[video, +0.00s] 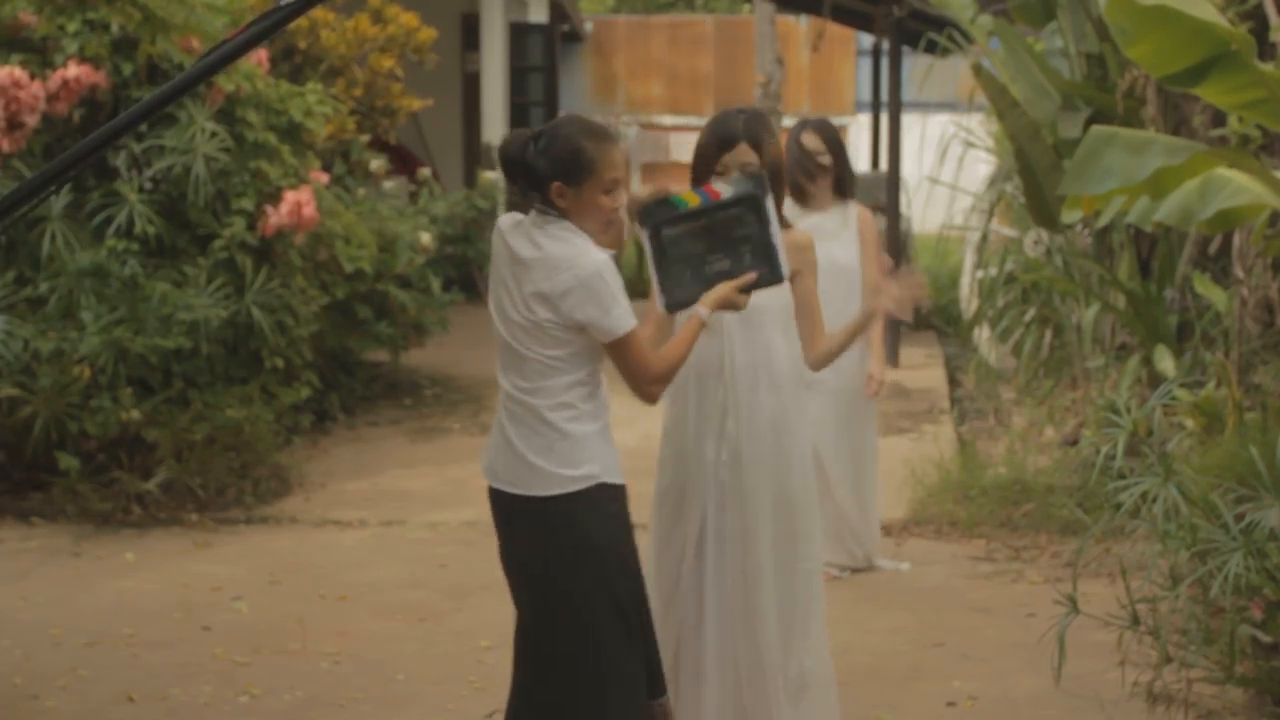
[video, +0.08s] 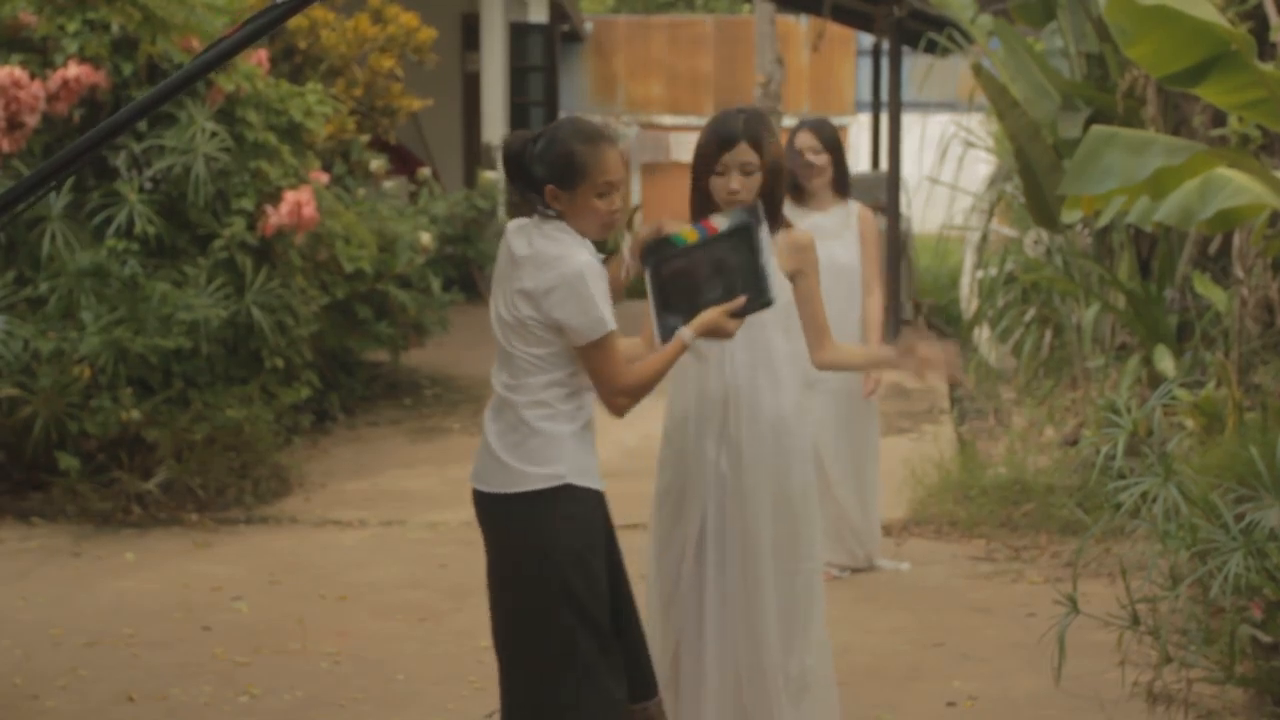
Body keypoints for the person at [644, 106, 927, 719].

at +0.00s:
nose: (737, 187)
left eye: (749, 173)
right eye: (724, 174)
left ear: (765, 175)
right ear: (700, 176)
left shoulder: (792, 244)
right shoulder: (682, 241)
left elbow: (818, 353)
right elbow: (650, 348)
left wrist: (872, 309)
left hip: (767, 419)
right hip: (701, 420)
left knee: (766, 570)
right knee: (697, 570)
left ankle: (767, 702)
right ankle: (698, 702)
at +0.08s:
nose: (735, 186)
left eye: (749, 172)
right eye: (722, 172)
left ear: (769, 175)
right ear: (703, 174)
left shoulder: (791, 244)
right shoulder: (679, 245)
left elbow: (823, 351)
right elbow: (654, 345)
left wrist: (895, 355)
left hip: (769, 423)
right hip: (699, 426)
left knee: (769, 576)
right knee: (696, 578)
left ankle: (770, 706)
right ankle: (698, 707)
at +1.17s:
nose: (728, 193)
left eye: (742, 179)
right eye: (715, 179)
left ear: (763, 179)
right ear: (697, 179)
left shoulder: (789, 247)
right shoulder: (674, 248)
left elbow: (814, 353)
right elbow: (650, 352)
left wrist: (823, 457)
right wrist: (637, 452)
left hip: (771, 452)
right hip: (694, 452)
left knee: (768, 612)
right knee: (696, 611)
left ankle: (768, 713)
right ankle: (698, 713)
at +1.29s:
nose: (727, 197)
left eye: (741, 182)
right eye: (715, 183)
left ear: (763, 180)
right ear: (696, 180)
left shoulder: (789, 248)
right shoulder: (674, 249)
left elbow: (814, 359)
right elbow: (650, 352)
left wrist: (800, 456)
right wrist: (653, 449)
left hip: (768, 454)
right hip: (694, 456)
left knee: (768, 621)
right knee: (695, 620)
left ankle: (771, 713)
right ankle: (697, 714)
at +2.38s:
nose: (733, 176)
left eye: (747, 163)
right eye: (721, 163)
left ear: (767, 170)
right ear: (705, 169)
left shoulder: (795, 246)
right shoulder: (679, 245)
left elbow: (813, 354)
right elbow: (659, 354)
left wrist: (827, 458)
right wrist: (646, 456)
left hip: (775, 451)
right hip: (698, 450)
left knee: (769, 606)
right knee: (700, 607)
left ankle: (769, 711)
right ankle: (701, 712)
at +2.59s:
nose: (735, 172)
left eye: (748, 159)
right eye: (723, 159)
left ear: (769, 168)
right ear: (707, 166)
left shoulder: (795, 246)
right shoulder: (680, 245)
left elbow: (812, 354)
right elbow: (660, 355)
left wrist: (825, 459)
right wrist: (646, 454)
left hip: (775, 451)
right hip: (697, 450)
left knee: (769, 607)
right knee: (699, 607)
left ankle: (769, 712)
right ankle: (700, 713)